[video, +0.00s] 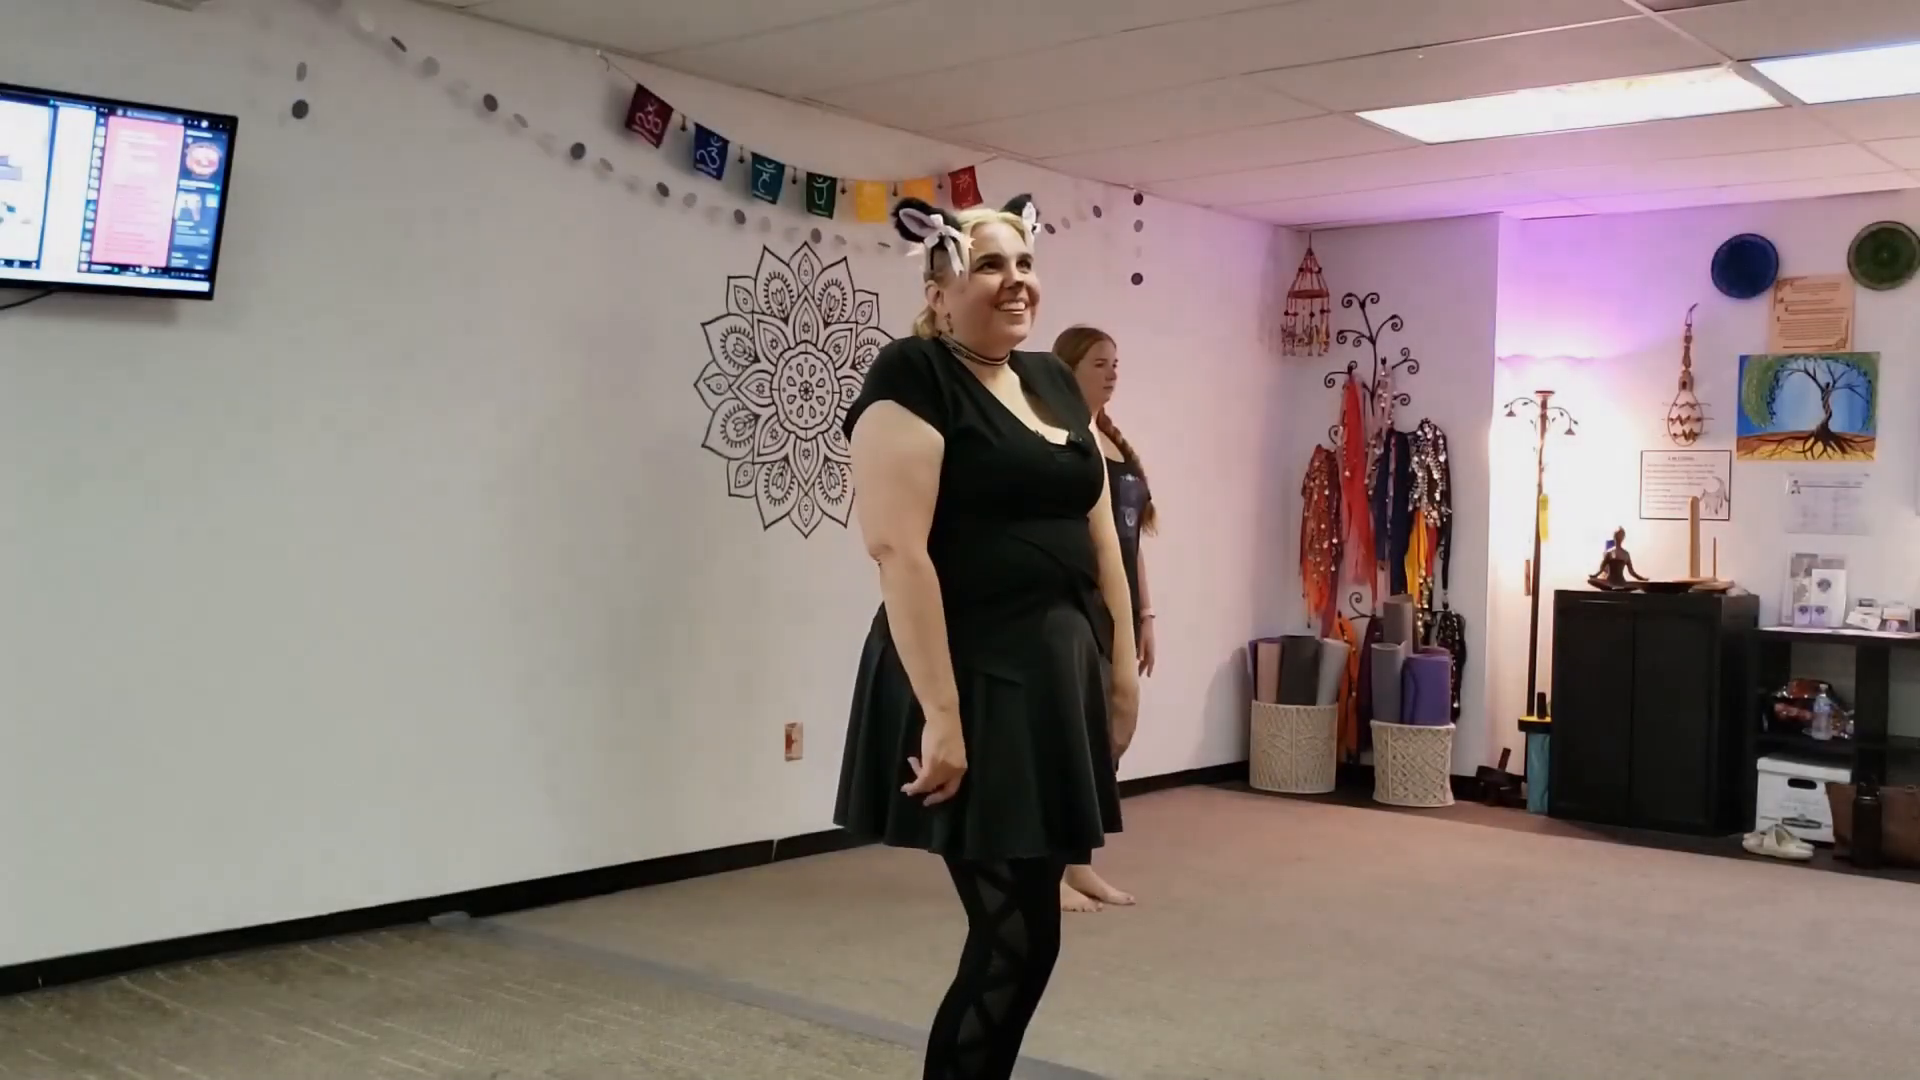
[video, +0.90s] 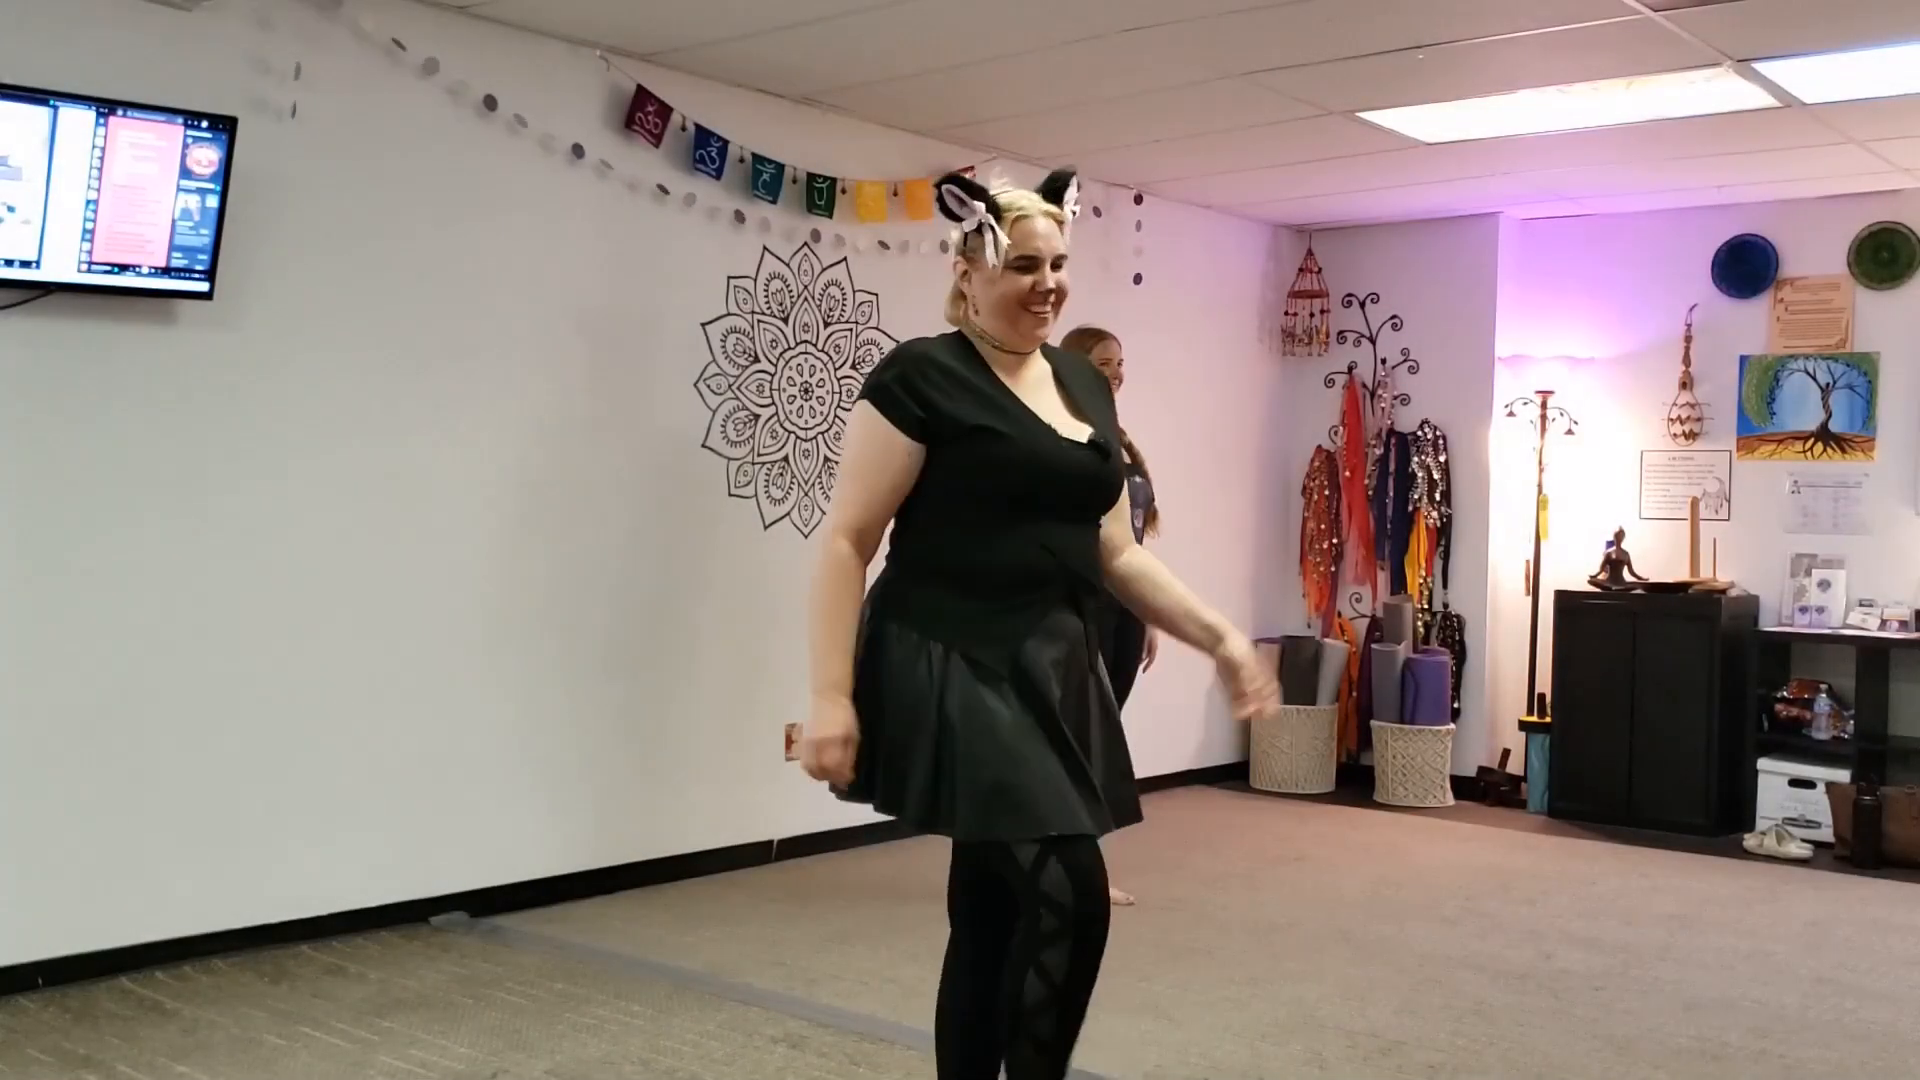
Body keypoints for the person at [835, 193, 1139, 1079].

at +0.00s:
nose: (1017, 280)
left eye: (1024, 264)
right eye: (990, 267)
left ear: (1035, 282)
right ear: (938, 295)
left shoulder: (1051, 380)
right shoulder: (910, 378)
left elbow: (1102, 528)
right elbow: (896, 552)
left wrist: (1124, 663)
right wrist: (939, 713)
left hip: (1058, 679)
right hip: (967, 688)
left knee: (1021, 935)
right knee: (1017, 940)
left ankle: (970, 1068)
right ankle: (956, 1071)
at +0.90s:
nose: (1048, 282)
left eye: (1059, 265)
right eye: (1025, 264)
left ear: (1068, 271)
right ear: (967, 272)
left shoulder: (1075, 383)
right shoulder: (921, 375)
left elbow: (1116, 549)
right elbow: (846, 541)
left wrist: (1222, 635)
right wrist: (830, 698)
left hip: (1051, 666)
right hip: (942, 664)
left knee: (990, 918)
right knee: (1074, 898)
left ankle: (965, 1076)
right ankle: (1033, 1070)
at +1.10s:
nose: (1061, 276)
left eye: (1074, 258)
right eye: (1035, 259)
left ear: (1088, 275)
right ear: (989, 276)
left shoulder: (1109, 401)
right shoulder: (945, 376)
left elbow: (1157, 555)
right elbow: (854, 534)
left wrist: (1310, 548)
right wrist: (778, 678)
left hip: (1071, 678)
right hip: (960, 680)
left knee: (999, 932)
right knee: (1061, 940)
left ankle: (972, 1074)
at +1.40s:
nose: (1079, 266)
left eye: (1096, 247)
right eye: (1054, 253)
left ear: (1127, 268)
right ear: (1023, 284)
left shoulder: (1181, 398)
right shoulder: (982, 389)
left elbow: (1258, 547)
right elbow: (879, 552)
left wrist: (1384, 456)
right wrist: (772, 681)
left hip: (1136, 715)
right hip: (998, 709)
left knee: (1101, 966)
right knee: (1070, 977)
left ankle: (1016, 1065)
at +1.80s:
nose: (1081, 243)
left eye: (1108, 227)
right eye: (1061, 225)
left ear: (1150, 253)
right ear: (1037, 249)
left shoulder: (1214, 364)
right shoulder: (983, 377)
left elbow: (1299, 534)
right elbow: (894, 550)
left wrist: (1424, 547)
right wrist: (766, 637)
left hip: (1180, 718)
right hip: (1024, 721)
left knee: (1168, 996)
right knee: (1073, 1008)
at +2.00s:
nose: (1054, 222)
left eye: (1086, 201)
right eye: (1042, 206)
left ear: (1148, 224)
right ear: (1029, 234)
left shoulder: (1219, 369)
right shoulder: (989, 367)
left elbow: (1286, 569)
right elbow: (918, 551)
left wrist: (1374, 699)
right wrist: (803, 641)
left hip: (1164, 749)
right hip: (1010, 748)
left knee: (1103, 1047)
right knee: (1061, 1041)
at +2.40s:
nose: (979, 217)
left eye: (1008, 192)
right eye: (975, 199)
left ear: (1102, 200)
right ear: (973, 216)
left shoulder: (1181, 365)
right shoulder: (962, 356)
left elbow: (1233, 605)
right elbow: (912, 561)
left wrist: (1335, 783)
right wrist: (804, 685)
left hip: (1082, 771)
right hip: (921, 764)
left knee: (1061, 1057)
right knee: (944, 1056)